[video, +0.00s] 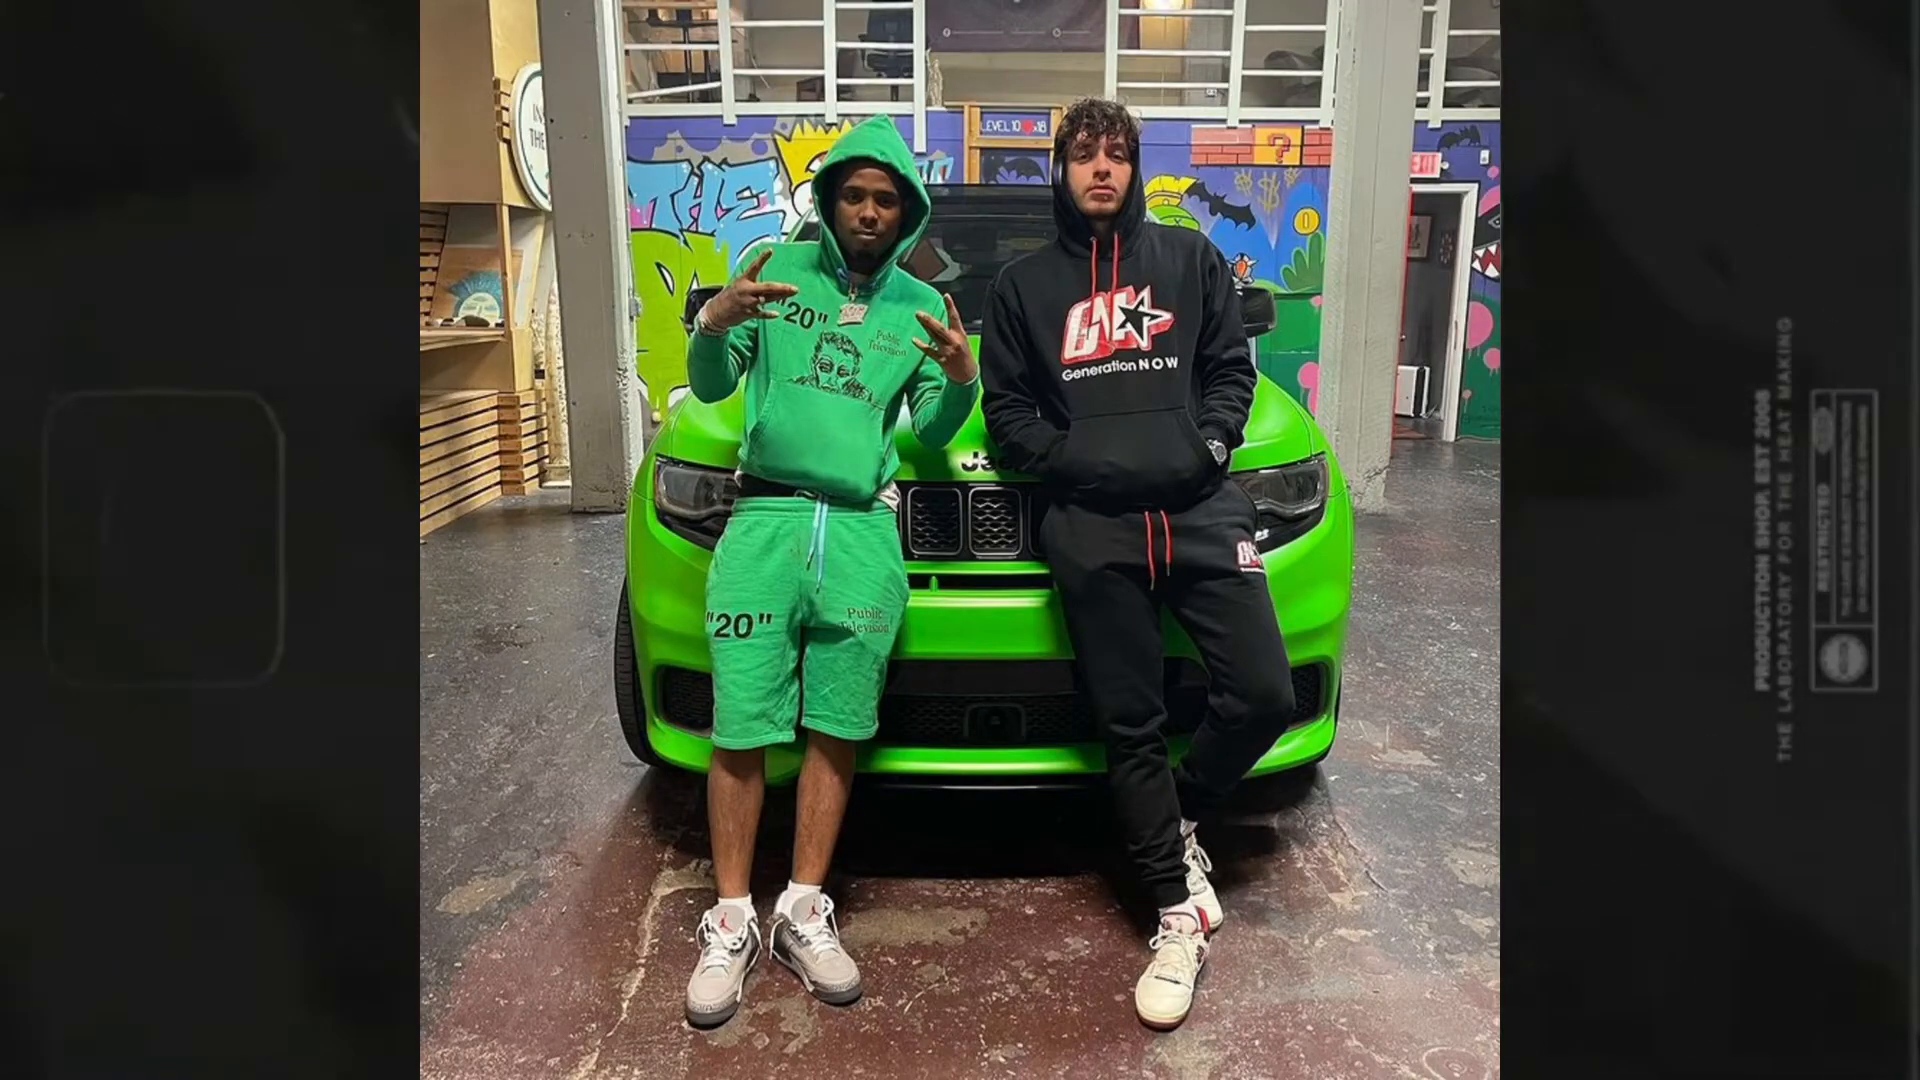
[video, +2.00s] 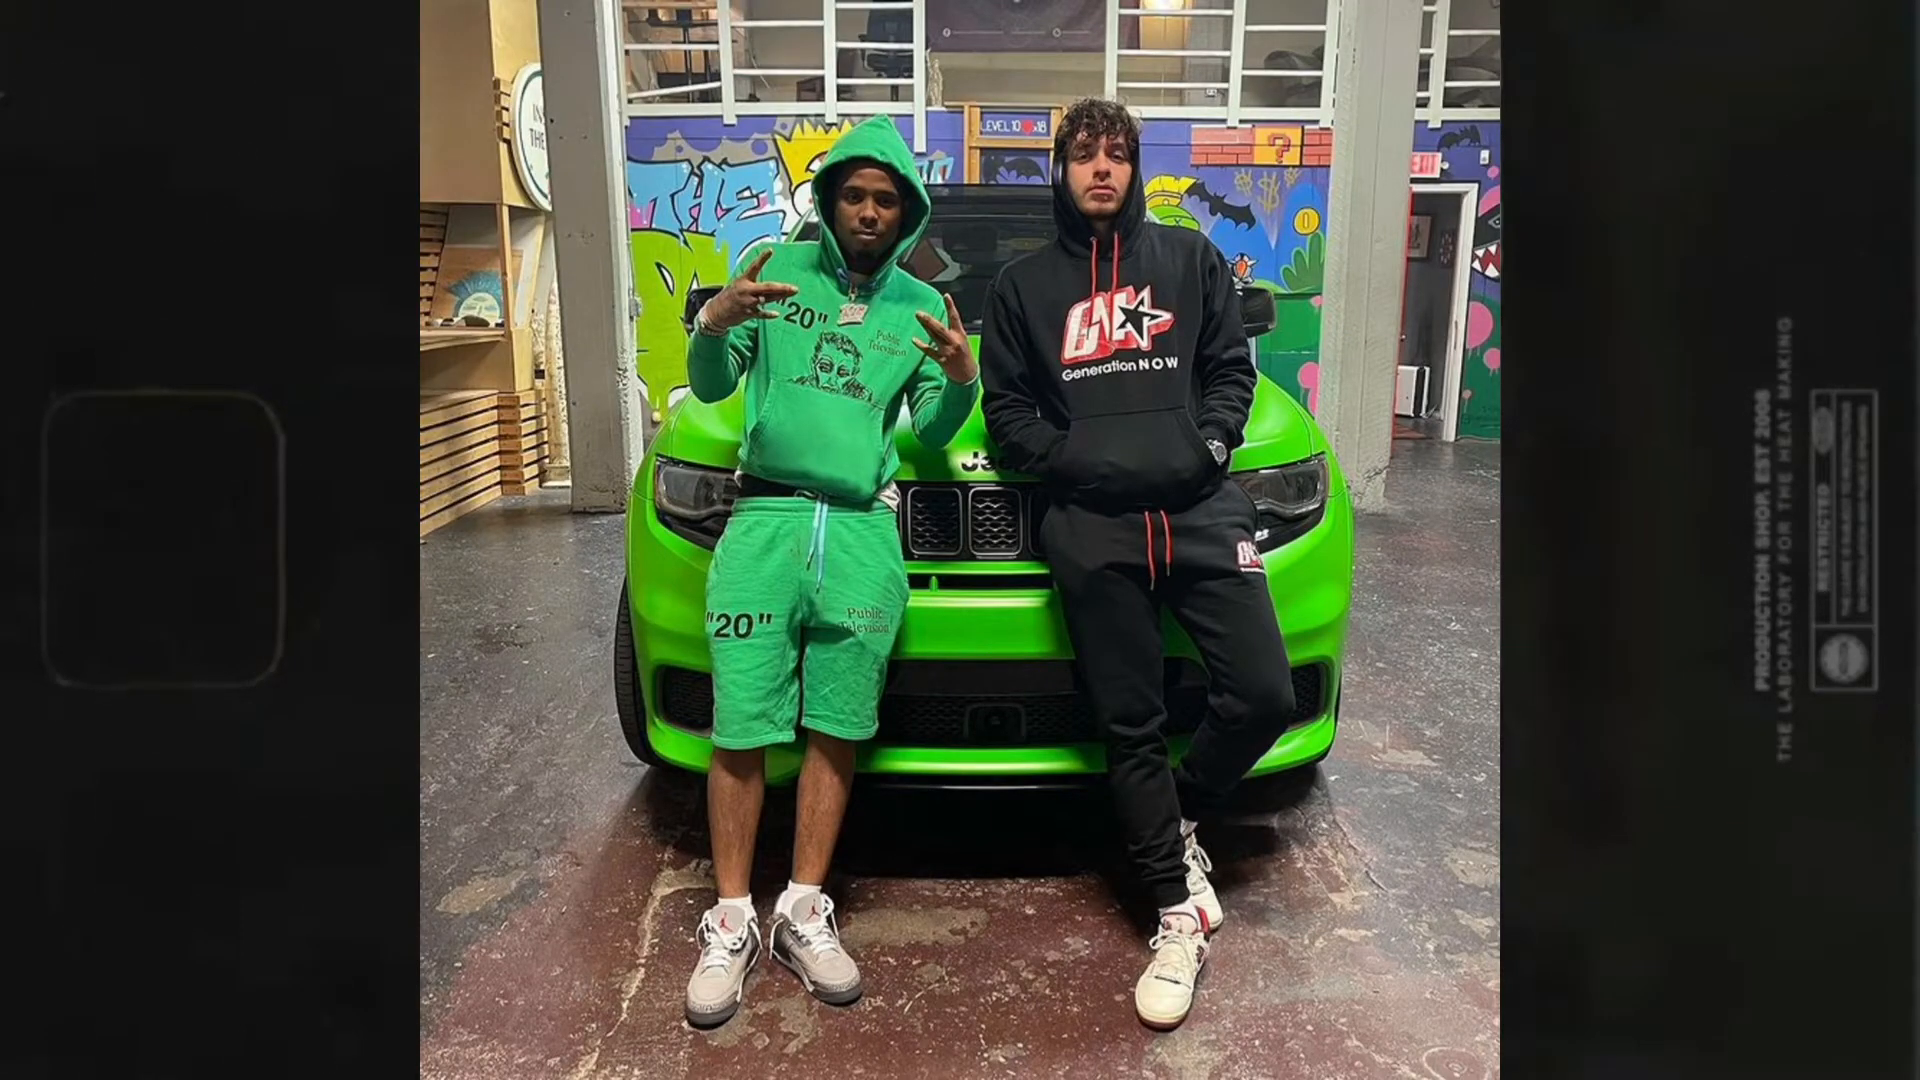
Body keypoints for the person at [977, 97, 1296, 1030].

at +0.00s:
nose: (1101, 171)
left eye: (1115, 159)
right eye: (1086, 159)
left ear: (1137, 170)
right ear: (1061, 172)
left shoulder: (1193, 257)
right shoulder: (1019, 281)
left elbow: (1232, 367)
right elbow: (1005, 405)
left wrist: (1208, 445)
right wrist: (1064, 457)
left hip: (1200, 503)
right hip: (1091, 514)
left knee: (1262, 692)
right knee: (1131, 719)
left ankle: (1180, 818)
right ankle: (1179, 917)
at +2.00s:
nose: (1101, 171)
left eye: (1115, 159)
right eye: (1086, 159)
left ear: (1137, 170)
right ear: (1061, 172)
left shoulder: (1193, 257)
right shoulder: (1019, 281)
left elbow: (1232, 367)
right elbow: (1005, 405)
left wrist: (1208, 445)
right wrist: (1066, 456)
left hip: (1200, 502)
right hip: (1090, 513)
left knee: (1262, 693)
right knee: (1131, 719)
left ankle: (1179, 819)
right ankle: (1179, 917)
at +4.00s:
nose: (1102, 171)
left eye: (1115, 158)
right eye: (1087, 158)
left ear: (1137, 171)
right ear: (1061, 172)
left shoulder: (1191, 256)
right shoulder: (1017, 280)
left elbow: (1232, 363)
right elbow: (1003, 403)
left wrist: (1209, 444)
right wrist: (1065, 457)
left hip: (1200, 503)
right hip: (1091, 514)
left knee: (1262, 692)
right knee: (1131, 719)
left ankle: (1180, 818)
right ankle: (1179, 917)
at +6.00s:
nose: (1102, 171)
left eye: (1116, 158)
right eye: (1088, 158)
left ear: (1137, 171)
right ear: (1062, 171)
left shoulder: (1191, 256)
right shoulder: (1018, 280)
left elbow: (1232, 364)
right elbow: (1004, 403)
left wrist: (1209, 444)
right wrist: (1065, 457)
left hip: (1200, 503)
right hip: (1091, 514)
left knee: (1262, 693)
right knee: (1131, 718)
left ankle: (1179, 819)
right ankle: (1179, 916)